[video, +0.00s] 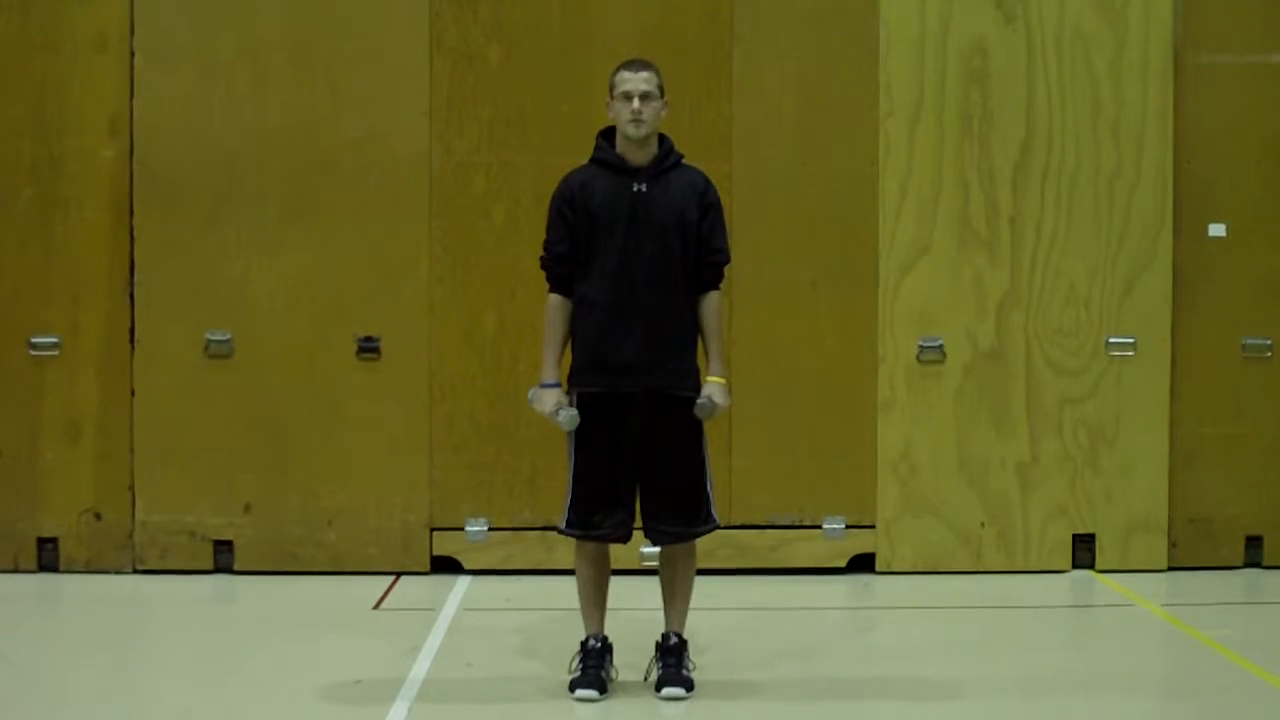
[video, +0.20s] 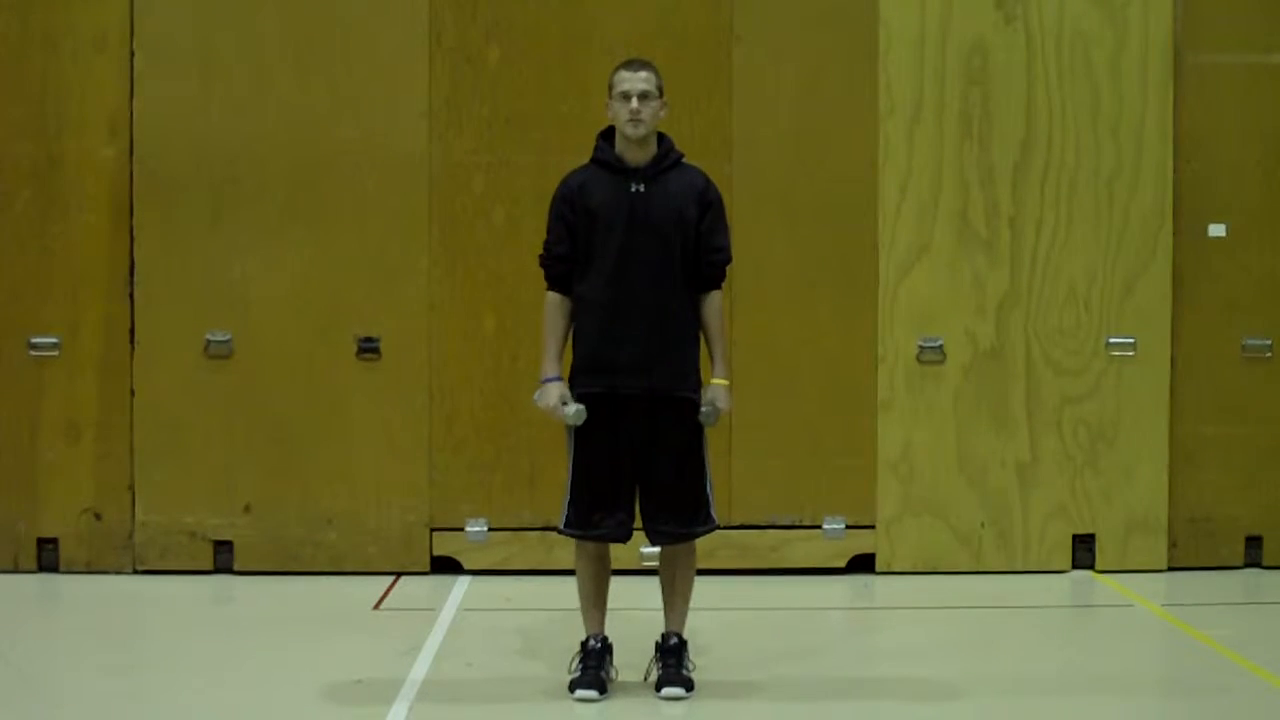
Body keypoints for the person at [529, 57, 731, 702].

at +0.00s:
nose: (638, 107)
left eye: (648, 98)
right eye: (627, 98)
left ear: (665, 108)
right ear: (609, 107)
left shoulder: (694, 188)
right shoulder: (578, 188)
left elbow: (710, 288)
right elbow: (559, 290)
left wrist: (717, 372)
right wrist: (549, 378)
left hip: (673, 384)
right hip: (597, 384)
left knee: (678, 525)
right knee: (593, 521)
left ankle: (673, 648)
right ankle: (593, 647)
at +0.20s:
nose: (635, 106)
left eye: (646, 97)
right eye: (624, 97)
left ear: (663, 107)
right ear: (608, 108)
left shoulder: (695, 188)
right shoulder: (578, 188)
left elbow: (711, 288)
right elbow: (558, 288)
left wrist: (719, 374)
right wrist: (550, 373)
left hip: (673, 384)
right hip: (597, 384)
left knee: (677, 523)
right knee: (594, 521)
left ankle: (673, 648)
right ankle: (594, 648)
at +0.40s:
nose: (635, 104)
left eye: (646, 95)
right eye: (625, 95)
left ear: (663, 106)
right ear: (608, 107)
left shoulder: (696, 186)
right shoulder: (579, 188)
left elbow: (712, 288)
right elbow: (561, 290)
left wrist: (720, 375)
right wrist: (553, 377)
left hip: (674, 383)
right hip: (598, 383)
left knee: (678, 523)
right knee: (593, 521)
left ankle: (673, 646)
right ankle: (594, 646)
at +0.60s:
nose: (639, 104)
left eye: (649, 95)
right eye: (628, 94)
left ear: (665, 106)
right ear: (610, 105)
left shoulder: (696, 187)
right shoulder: (578, 187)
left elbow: (712, 287)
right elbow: (560, 289)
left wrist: (720, 372)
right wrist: (554, 377)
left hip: (674, 383)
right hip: (598, 383)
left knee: (678, 523)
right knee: (593, 522)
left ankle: (673, 646)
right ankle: (594, 646)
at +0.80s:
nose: (642, 105)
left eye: (652, 96)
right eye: (631, 95)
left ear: (666, 108)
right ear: (611, 105)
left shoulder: (696, 187)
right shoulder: (579, 187)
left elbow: (712, 287)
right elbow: (561, 290)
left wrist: (718, 372)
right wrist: (554, 378)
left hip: (673, 384)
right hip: (597, 384)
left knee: (677, 524)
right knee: (592, 523)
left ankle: (673, 647)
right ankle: (593, 646)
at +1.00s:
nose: (642, 106)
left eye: (652, 97)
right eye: (631, 96)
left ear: (665, 110)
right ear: (610, 106)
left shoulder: (695, 189)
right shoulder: (577, 189)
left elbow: (710, 289)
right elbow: (561, 292)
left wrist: (715, 376)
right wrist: (558, 381)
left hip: (673, 385)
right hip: (596, 385)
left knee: (677, 524)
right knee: (591, 523)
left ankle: (673, 648)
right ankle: (593, 648)